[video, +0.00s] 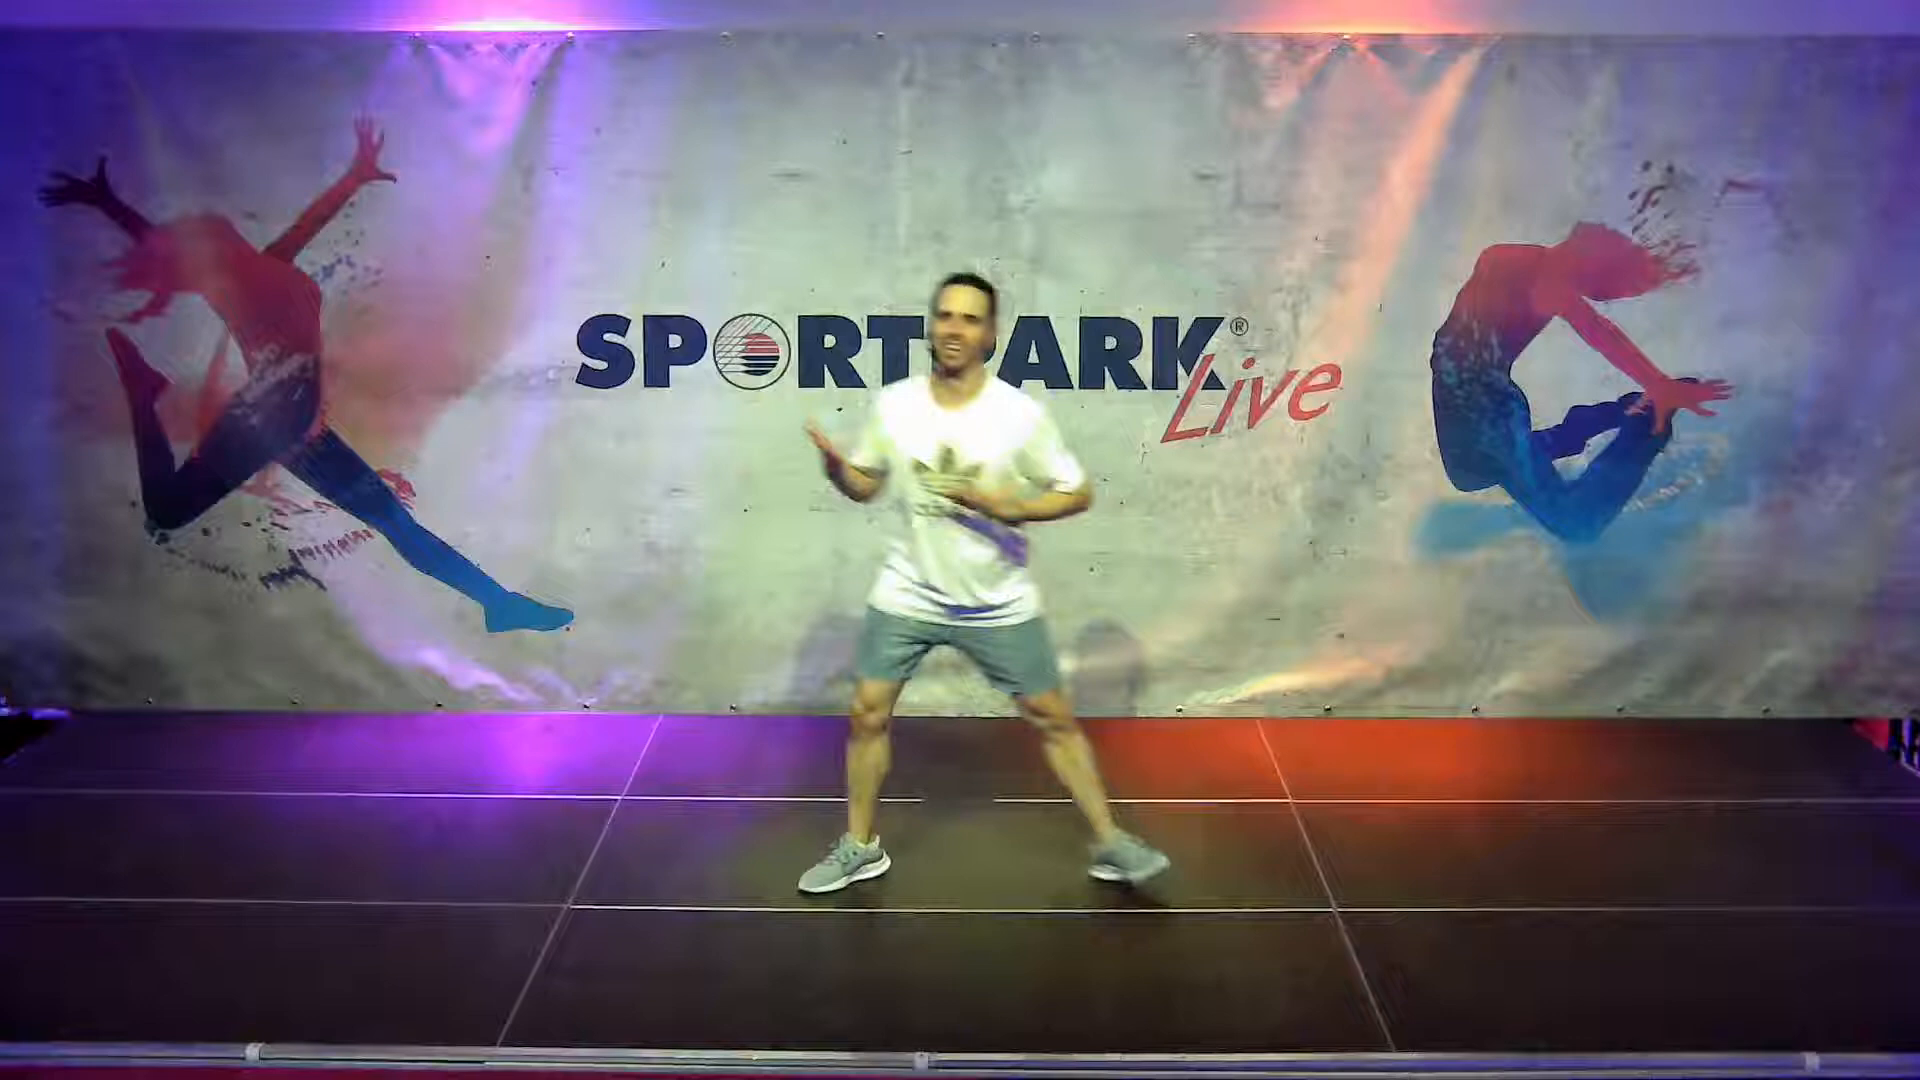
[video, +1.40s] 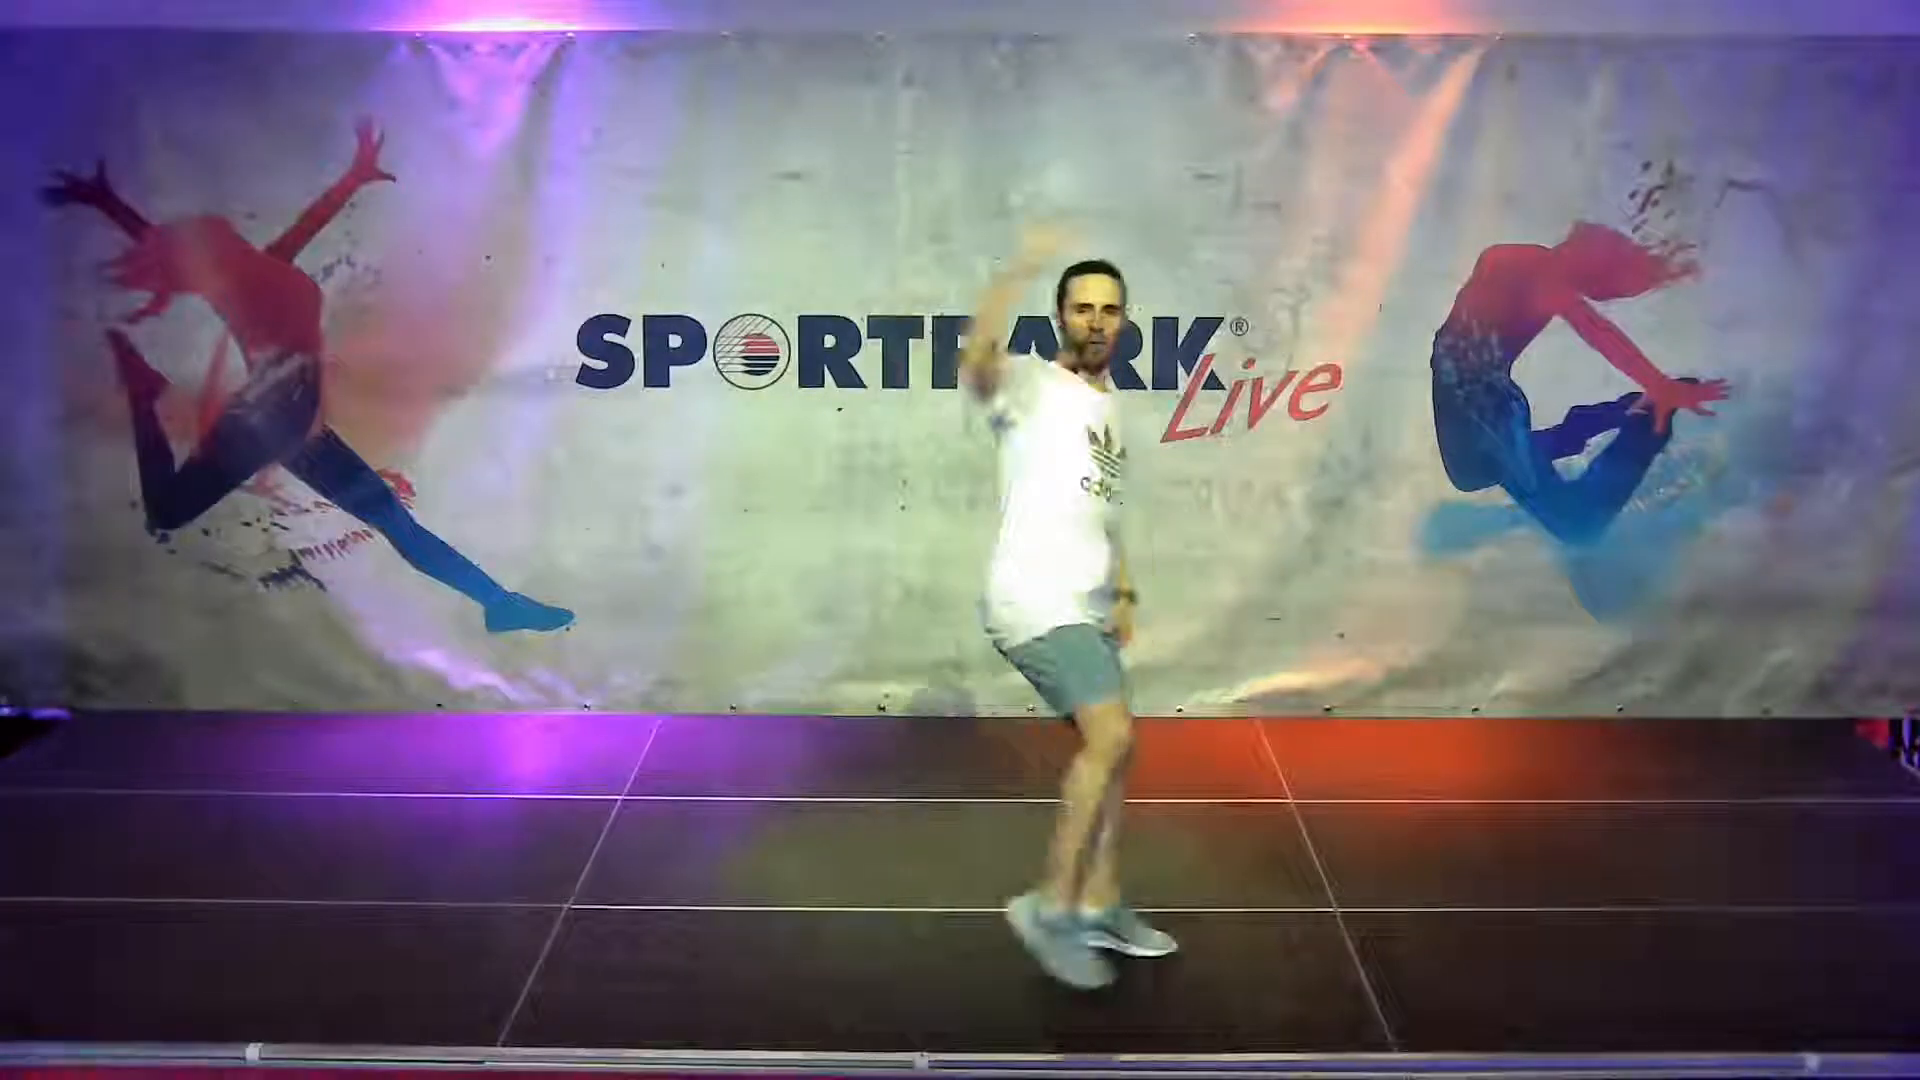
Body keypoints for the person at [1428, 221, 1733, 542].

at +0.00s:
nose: (1594, 290)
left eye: (1604, 289)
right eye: (1604, 284)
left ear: (1588, 250)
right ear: (1589, 247)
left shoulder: (1549, 283)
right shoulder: (1531, 265)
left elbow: (1598, 332)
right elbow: (1596, 331)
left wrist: (1657, 382)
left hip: (1487, 402)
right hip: (1455, 391)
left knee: (1575, 522)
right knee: (1468, 474)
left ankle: (1648, 425)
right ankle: (1570, 436)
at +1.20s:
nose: (1596, 291)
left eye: (1606, 290)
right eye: (1605, 285)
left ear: (1588, 250)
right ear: (1591, 250)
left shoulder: (1548, 282)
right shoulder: (1531, 265)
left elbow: (1598, 332)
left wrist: (1657, 383)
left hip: (1486, 401)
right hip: (1454, 390)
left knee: (1575, 522)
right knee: (1468, 475)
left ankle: (1648, 424)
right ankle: (1571, 436)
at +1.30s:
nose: (1597, 292)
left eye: (1606, 290)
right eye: (1606, 285)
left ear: (1588, 250)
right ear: (1590, 249)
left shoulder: (1548, 282)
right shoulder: (1531, 265)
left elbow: (1598, 332)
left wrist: (1657, 383)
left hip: (1486, 401)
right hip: (1454, 390)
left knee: (1575, 522)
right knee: (1468, 475)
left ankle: (1648, 424)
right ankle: (1571, 436)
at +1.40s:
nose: (1598, 290)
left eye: (1609, 288)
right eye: (1606, 284)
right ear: (1589, 252)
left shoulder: (1551, 284)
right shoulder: (1531, 265)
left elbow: (1599, 332)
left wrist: (1658, 385)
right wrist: (1654, 267)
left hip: (1486, 392)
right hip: (1453, 382)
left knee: (1576, 525)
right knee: (1468, 474)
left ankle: (1649, 423)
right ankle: (1571, 436)